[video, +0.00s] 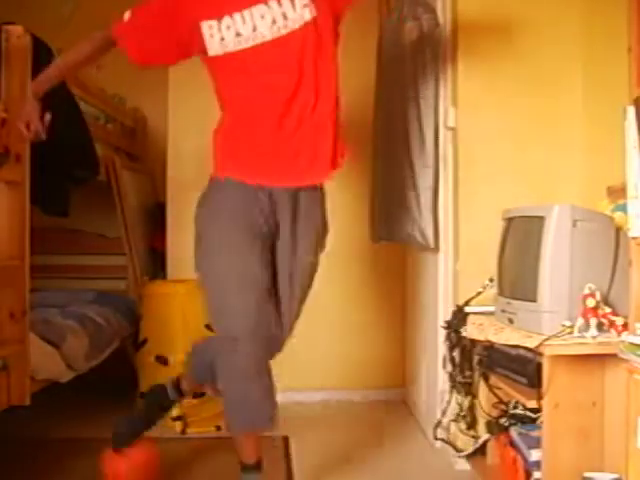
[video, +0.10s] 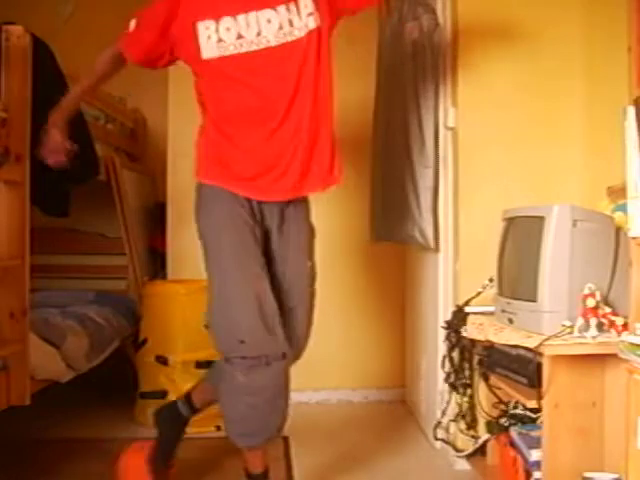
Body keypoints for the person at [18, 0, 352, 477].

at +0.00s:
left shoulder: (321, 2)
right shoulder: (189, 7)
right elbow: (106, 39)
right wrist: (35, 89)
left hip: (306, 190)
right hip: (237, 188)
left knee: (270, 334)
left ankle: (173, 392)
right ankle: (252, 472)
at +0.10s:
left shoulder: (317, 1)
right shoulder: (181, 7)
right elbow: (118, 54)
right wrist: (60, 114)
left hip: (292, 190)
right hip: (226, 188)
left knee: (288, 340)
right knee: (254, 342)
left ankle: (179, 412)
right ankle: (258, 475)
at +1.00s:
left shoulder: (228, 5)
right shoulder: (97, 3)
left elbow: (235, 75)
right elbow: (54, 50)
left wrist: (254, 158)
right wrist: (42, 108)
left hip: (192, 162)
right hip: (118, 168)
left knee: (228, 282)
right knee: (131, 309)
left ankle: (210, 433)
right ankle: (96, 429)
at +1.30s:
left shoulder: (198, 15)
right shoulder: (86, 9)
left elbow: (233, 102)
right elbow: (41, 89)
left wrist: (274, 121)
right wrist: (57, 180)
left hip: (165, 189)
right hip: (105, 196)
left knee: (247, 255)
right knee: (114, 332)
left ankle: (201, 390)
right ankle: (90, 450)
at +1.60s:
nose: (215, 4)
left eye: (219, 3)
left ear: (212, 6)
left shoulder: (212, 44)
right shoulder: (111, 13)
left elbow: (236, 117)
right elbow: (52, 92)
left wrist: (282, 165)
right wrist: (75, 149)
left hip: (166, 211)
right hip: (102, 196)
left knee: (170, 328)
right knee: (96, 314)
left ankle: (142, 435)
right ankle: (83, 442)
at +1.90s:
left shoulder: (191, 13)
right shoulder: (99, 4)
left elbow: (181, 102)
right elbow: (43, 79)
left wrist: (203, 175)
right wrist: (80, 156)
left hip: (161, 182)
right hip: (98, 180)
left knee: (211, 284)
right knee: (116, 317)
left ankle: (164, 393)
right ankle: (104, 452)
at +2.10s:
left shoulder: (185, 7)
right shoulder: (102, 2)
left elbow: (146, 85)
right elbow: (45, 82)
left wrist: (160, 156)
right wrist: (99, 167)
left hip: (161, 168)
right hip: (99, 179)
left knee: (232, 251)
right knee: (116, 319)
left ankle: (194, 391)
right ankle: (107, 454)